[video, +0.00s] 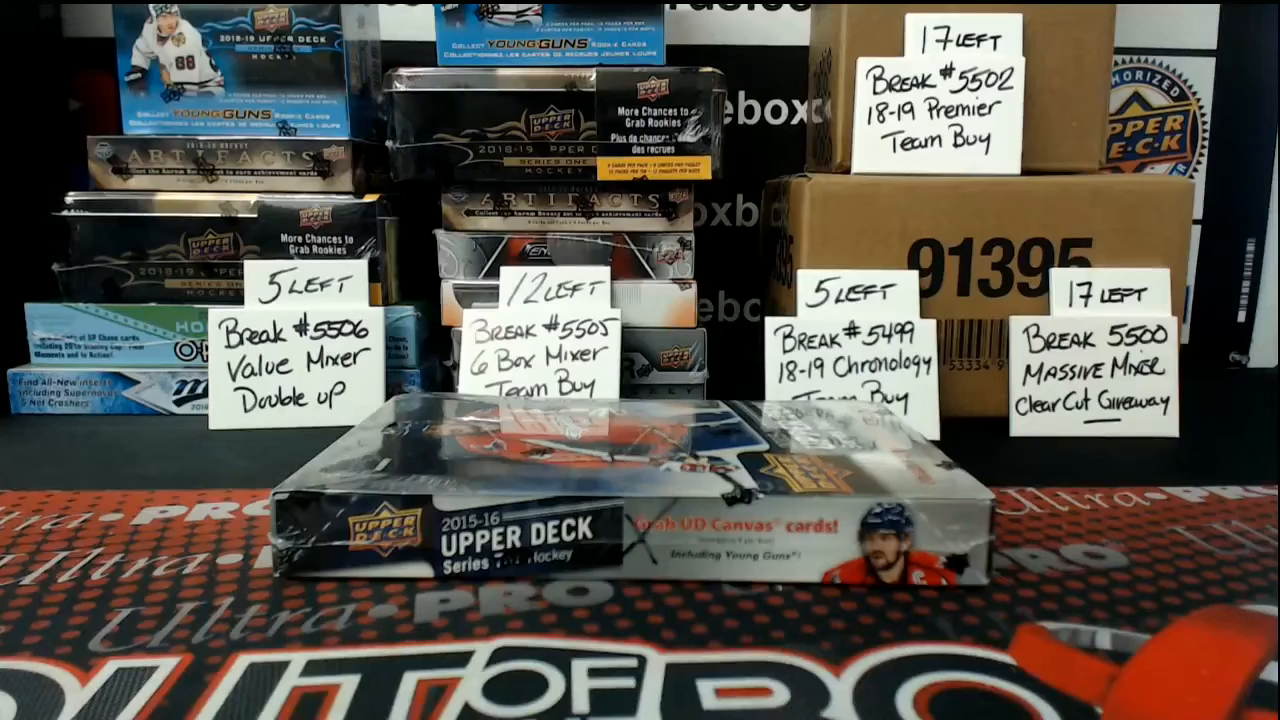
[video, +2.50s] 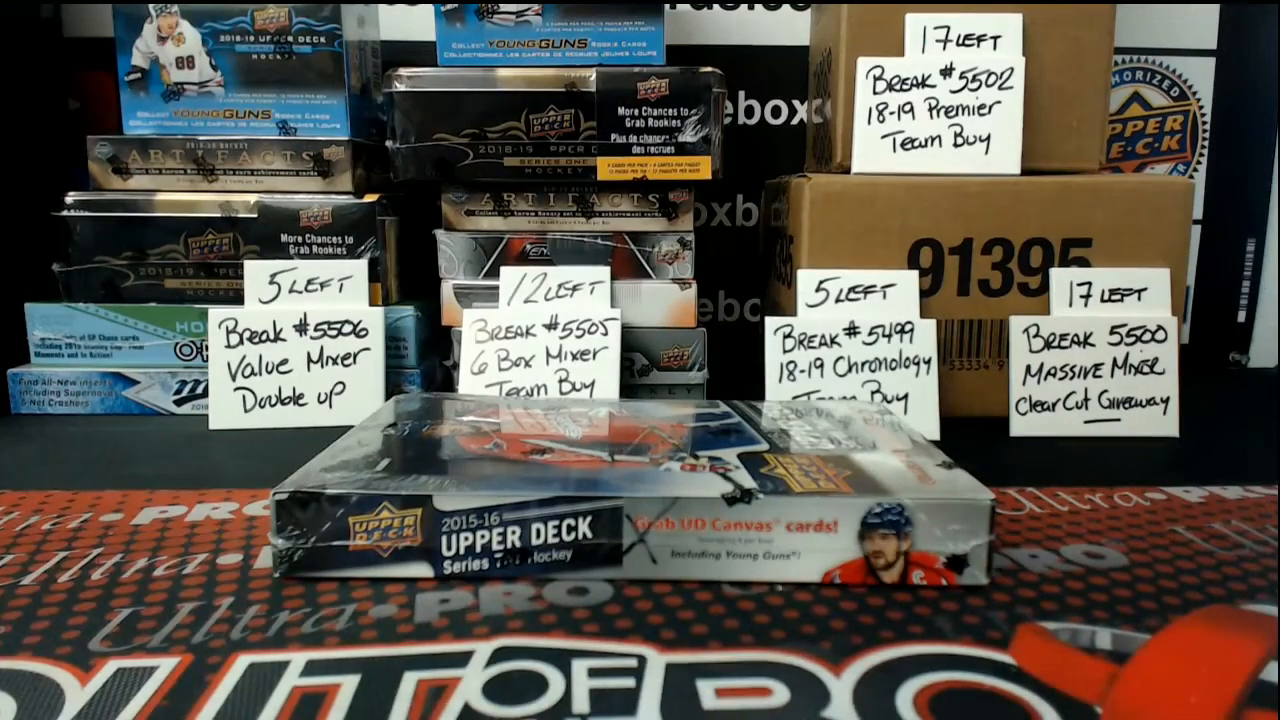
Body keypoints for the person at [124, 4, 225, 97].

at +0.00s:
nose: (170, 22)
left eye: (173, 17)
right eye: (164, 18)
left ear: (178, 17)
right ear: (156, 19)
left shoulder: (186, 35)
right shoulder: (150, 28)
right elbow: (141, 50)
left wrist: (177, 89)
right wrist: (137, 73)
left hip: (209, 84)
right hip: (181, 84)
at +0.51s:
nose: (169, 23)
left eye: (173, 17)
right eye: (164, 18)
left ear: (178, 18)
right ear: (156, 19)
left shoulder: (186, 35)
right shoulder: (150, 28)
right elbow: (141, 50)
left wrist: (178, 89)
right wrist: (137, 73)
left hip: (209, 84)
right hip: (181, 84)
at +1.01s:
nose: (170, 22)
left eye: (173, 17)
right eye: (164, 18)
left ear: (178, 17)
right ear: (156, 20)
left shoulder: (186, 35)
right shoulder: (150, 28)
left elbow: (188, 67)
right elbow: (141, 50)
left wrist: (178, 88)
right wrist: (137, 71)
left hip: (208, 84)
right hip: (181, 84)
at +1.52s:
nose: (170, 23)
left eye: (173, 17)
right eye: (164, 18)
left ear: (178, 17)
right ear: (156, 20)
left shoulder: (186, 36)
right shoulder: (150, 28)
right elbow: (142, 50)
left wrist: (178, 89)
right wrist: (137, 72)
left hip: (208, 84)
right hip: (181, 84)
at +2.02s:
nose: (170, 22)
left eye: (173, 17)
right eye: (164, 18)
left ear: (178, 17)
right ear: (156, 20)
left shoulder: (186, 36)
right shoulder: (150, 29)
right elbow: (142, 50)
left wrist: (178, 88)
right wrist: (137, 72)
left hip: (209, 84)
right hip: (181, 84)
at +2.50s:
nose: (170, 22)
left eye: (173, 17)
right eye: (164, 17)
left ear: (178, 17)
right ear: (156, 20)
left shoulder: (186, 34)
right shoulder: (150, 28)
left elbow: (188, 65)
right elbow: (142, 50)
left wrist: (180, 87)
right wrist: (137, 72)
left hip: (208, 83)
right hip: (182, 83)